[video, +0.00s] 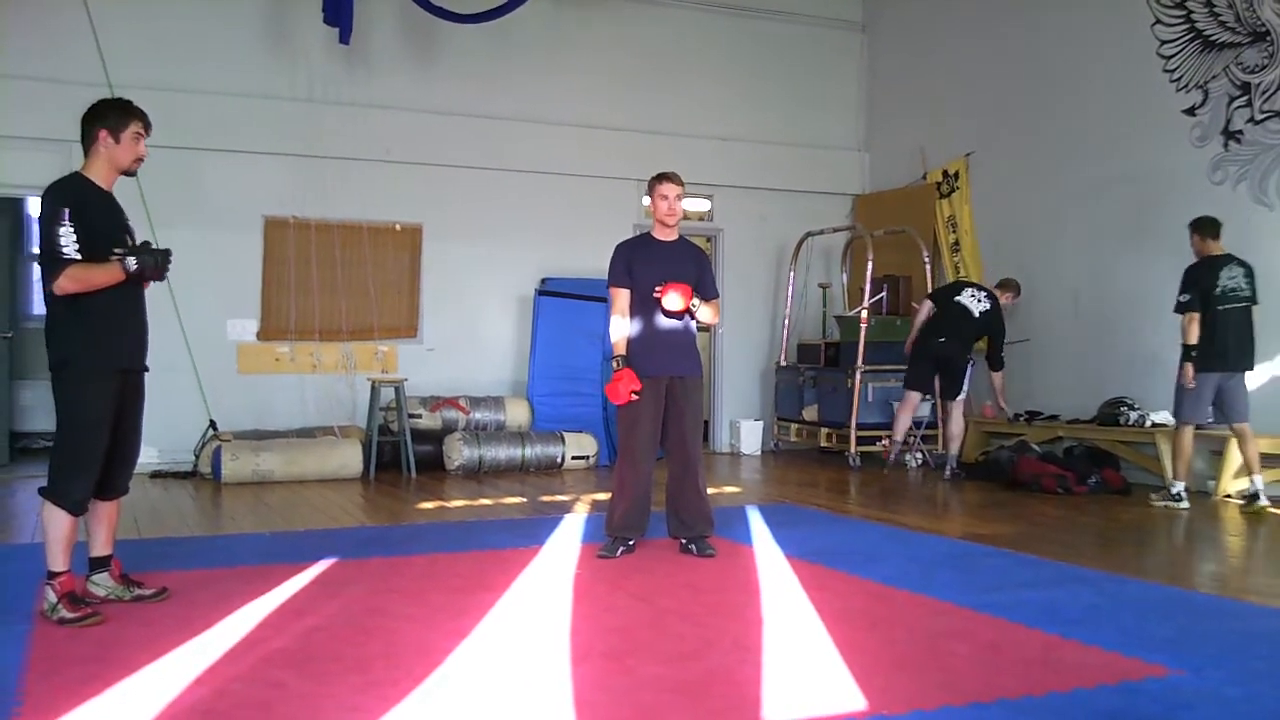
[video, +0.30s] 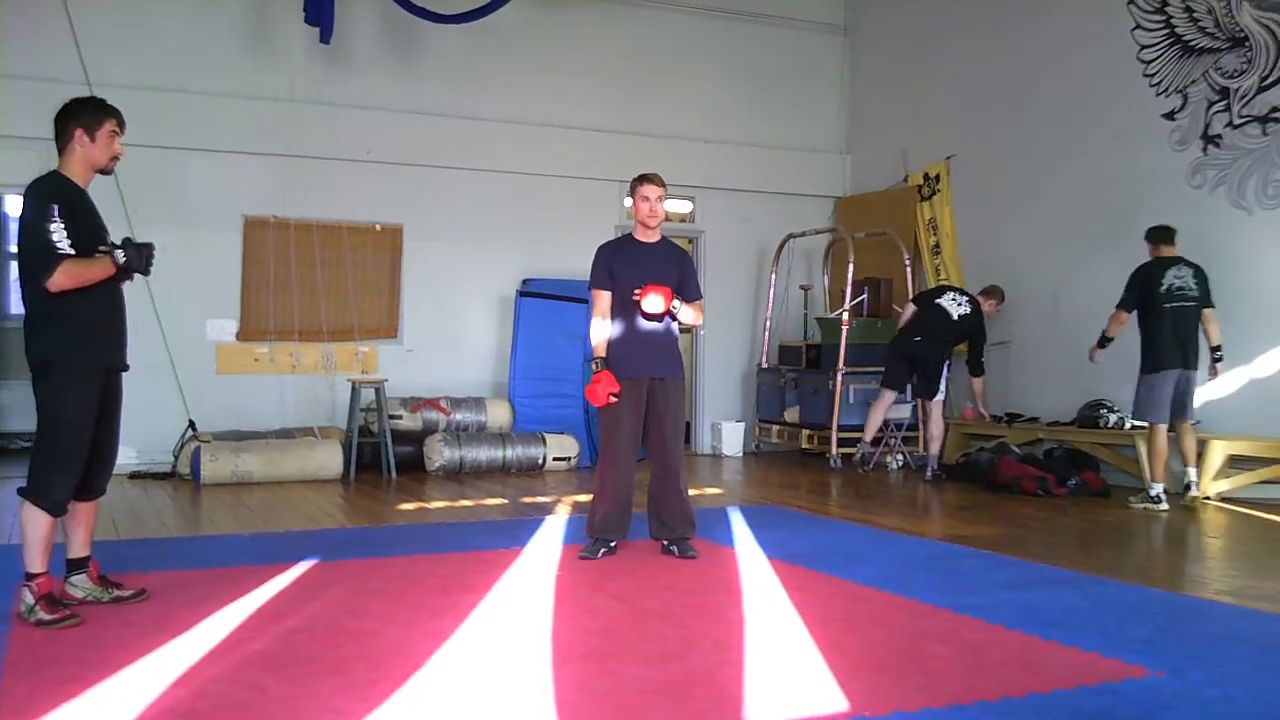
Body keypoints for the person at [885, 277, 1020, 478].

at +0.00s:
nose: (1009, 306)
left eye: (1011, 303)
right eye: (1012, 302)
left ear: (995, 285)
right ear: (1008, 297)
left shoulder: (963, 285)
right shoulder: (996, 316)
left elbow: (927, 302)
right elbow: (995, 363)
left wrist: (913, 335)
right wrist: (1000, 398)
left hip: (926, 344)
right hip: (956, 354)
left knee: (909, 400)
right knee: (955, 410)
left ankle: (892, 454)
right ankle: (951, 466)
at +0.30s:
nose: (993, 313)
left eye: (995, 311)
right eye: (995, 310)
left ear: (980, 293)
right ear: (991, 304)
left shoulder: (947, 289)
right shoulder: (977, 322)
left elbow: (911, 304)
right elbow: (976, 370)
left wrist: (900, 333)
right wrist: (980, 405)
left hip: (904, 344)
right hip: (933, 355)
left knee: (886, 396)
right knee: (935, 411)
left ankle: (862, 449)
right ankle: (932, 467)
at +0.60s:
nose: (965, 292)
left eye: (967, 289)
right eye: (967, 288)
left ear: (950, 275)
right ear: (962, 283)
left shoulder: (914, 282)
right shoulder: (949, 307)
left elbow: (883, 307)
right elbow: (948, 349)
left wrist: (881, 336)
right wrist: (953, 378)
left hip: (880, 346)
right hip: (907, 352)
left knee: (872, 399)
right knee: (913, 409)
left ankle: (859, 455)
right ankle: (912, 465)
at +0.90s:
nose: (932, 272)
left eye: (932, 268)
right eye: (931, 267)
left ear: (913, 263)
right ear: (920, 265)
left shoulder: (884, 281)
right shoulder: (910, 289)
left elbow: (869, 315)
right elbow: (914, 333)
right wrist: (931, 357)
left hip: (867, 349)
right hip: (889, 352)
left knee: (866, 404)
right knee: (904, 404)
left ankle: (854, 458)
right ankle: (905, 462)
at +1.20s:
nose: (959, 268)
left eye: (960, 263)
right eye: (957, 263)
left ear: (942, 261)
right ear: (944, 261)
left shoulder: (924, 285)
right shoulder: (932, 287)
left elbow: (929, 328)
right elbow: (935, 330)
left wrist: (954, 347)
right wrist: (961, 351)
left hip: (913, 352)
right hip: (925, 354)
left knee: (912, 407)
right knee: (941, 406)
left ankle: (905, 463)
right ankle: (946, 466)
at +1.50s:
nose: (951, 264)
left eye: (951, 259)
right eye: (948, 259)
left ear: (932, 259)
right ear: (933, 259)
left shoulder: (928, 284)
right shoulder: (920, 285)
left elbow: (932, 330)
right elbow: (922, 326)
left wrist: (941, 362)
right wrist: (958, 325)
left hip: (918, 353)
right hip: (917, 353)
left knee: (909, 408)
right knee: (930, 405)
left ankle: (906, 460)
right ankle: (911, 459)